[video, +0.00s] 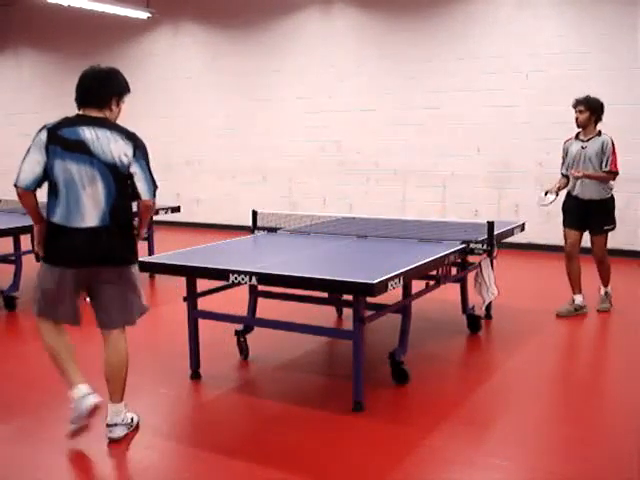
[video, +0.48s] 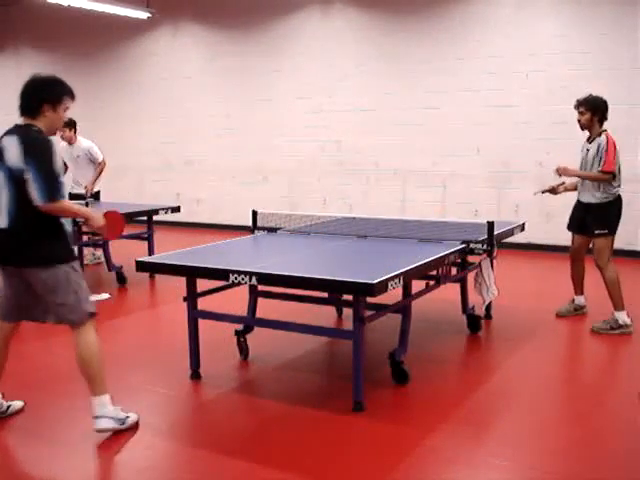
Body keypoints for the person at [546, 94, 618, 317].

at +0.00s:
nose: (576, 116)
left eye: (581, 112)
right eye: (575, 112)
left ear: (594, 115)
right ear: (575, 115)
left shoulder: (605, 142)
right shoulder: (569, 144)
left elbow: (611, 175)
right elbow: (566, 176)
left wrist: (585, 174)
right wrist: (556, 187)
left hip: (599, 202)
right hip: (574, 201)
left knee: (599, 254)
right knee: (570, 250)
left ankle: (605, 292)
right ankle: (577, 299)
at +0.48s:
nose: (578, 118)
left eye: (582, 114)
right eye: (578, 114)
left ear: (595, 115)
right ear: (586, 116)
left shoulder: (607, 141)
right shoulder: (587, 144)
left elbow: (607, 175)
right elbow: (587, 181)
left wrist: (573, 173)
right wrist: (564, 187)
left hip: (605, 205)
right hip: (585, 203)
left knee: (603, 260)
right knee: (576, 252)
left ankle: (621, 317)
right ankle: (578, 301)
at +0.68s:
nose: (582, 119)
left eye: (586, 113)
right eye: (582, 114)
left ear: (599, 114)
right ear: (601, 115)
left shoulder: (610, 138)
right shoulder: (609, 137)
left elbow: (600, 174)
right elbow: (607, 176)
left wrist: (567, 173)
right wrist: (589, 191)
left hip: (618, 204)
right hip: (610, 202)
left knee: (611, 260)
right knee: (599, 252)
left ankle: (622, 318)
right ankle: (602, 302)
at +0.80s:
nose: (585, 120)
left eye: (587, 115)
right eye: (584, 115)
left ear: (600, 115)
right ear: (603, 115)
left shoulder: (609, 138)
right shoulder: (616, 135)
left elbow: (603, 175)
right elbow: (611, 175)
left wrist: (578, 192)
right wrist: (594, 194)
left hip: (616, 202)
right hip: (621, 200)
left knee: (613, 260)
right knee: (611, 256)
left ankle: (622, 317)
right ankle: (619, 307)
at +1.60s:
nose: (581, 122)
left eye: (584, 117)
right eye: (581, 117)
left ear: (597, 116)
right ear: (602, 117)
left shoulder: (600, 137)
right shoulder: (614, 138)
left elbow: (597, 174)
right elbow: (607, 177)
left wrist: (567, 183)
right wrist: (581, 184)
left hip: (609, 199)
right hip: (627, 197)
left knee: (592, 258)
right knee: (622, 254)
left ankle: (586, 314)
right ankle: (633, 308)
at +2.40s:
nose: (553, 133)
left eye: (554, 128)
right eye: (552, 128)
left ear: (564, 128)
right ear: (574, 127)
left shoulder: (568, 147)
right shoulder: (590, 145)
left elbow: (562, 183)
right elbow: (592, 185)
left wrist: (541, 201)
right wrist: (564, 198)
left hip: (591, 201)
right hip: (613, 198)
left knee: (568, 252)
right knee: (593, 252)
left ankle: (568, 307)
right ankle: (597, 304)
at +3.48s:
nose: (553, 135)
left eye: (554, 131)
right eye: (553, 131)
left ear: (560, 133)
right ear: (578, 132)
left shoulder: (554, 152)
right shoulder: (595, 153)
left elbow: (539, 180)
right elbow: (607, 184)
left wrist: (523, 186)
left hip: (574, 203)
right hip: (601, 203)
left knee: (558, 255)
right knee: (584, 254)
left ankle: (561, 308)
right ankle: (592, 305)